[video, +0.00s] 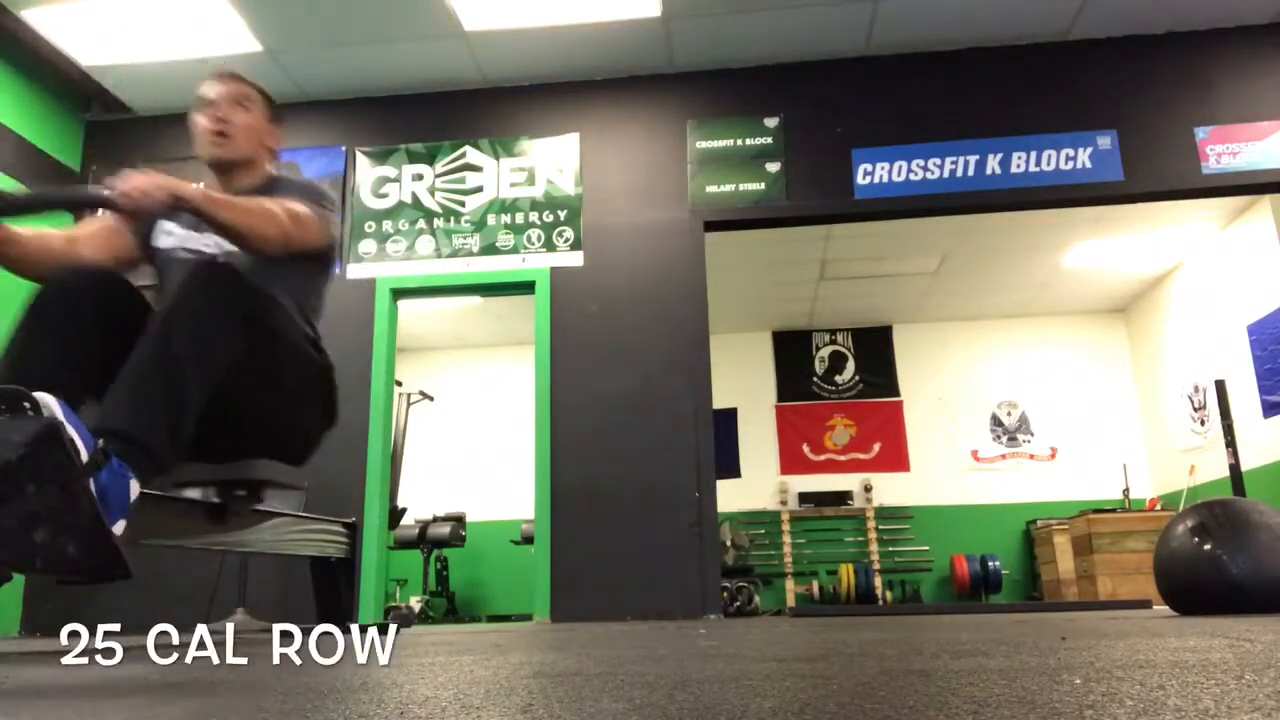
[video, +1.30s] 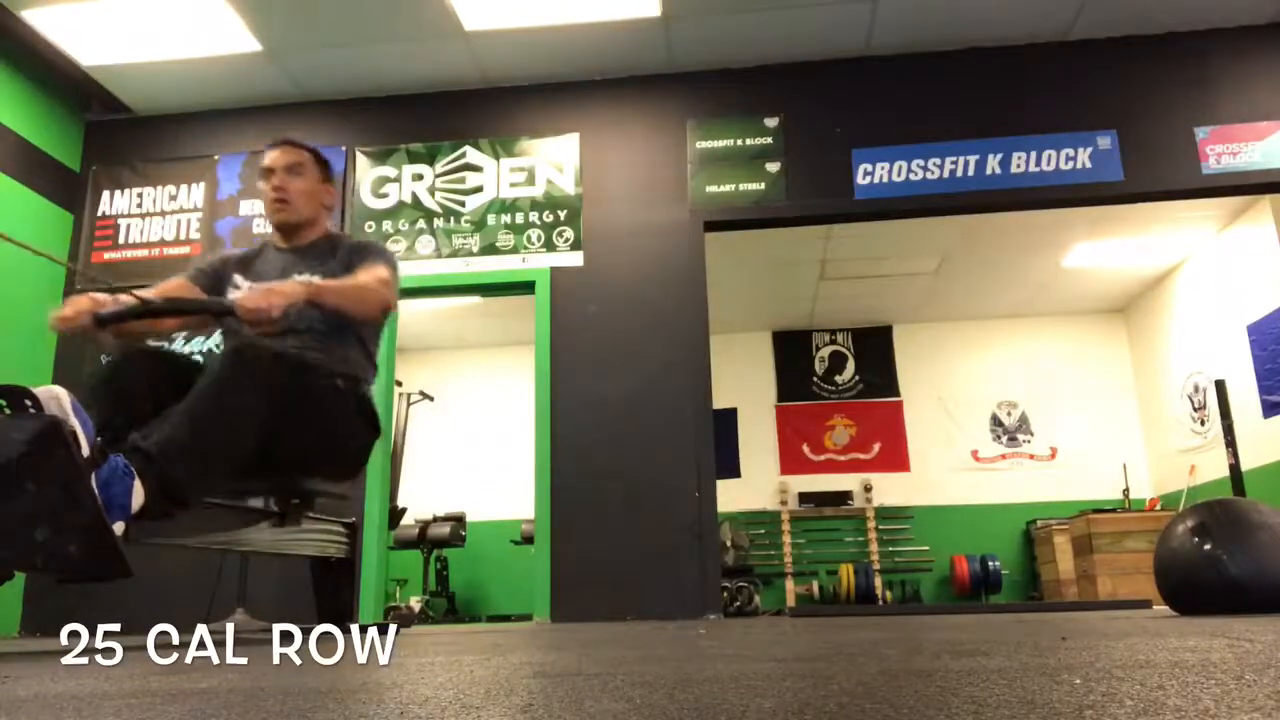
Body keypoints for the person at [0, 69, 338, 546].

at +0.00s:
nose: (217, 115)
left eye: (240, 106)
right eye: (205, 107)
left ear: (273, 137)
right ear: (191, 133)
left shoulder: (308, 199)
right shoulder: (169, 207)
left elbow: (280, 233)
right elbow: (79, 247)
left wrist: (183, 194)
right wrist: (4, 239)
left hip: (282, 402)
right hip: (182, 396)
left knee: (216, 286)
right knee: (86, 288)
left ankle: (116, 474)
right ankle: (14, 446)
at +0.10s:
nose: (258, 141)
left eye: (277, 133)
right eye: (246, 133)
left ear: (306, 163)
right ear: (232, 154)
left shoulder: (332, 223)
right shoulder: (211, 231)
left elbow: (323, 258)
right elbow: (128, 269)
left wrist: (237, 229)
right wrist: (46, 262)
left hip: (305, 413)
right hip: (209, 409)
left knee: (245, 320)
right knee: (114, 317)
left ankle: (118, 474)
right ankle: (24, 443)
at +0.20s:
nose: (289, 171)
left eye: (308, 163)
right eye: (280, 163)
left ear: (337, 189)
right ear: (270, 184)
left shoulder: (358, 249)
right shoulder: (249, 257)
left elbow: (356, 287)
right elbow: (167, 296)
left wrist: (271, 260)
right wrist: (98, 285)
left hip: (328, 413)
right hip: (235, 407)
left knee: (257, 359)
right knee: (135, 359)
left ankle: (118, 487)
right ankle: (42, 455)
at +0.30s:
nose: (315, 206)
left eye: (331, 197)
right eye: (307, 198)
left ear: (359, 216)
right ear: (297, 212)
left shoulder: (381, 273)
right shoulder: (271, 280)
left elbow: (387, 318)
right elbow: (197, 323)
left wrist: (315, 291)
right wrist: (142, 311)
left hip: (336, 418)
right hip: (253, 410)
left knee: (261, 385)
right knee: (156, 387)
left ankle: (124, 487)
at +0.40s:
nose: (333, 231)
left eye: (348, 224)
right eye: (324, 224)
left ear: (374, 246)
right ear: (312, 241)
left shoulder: (394, 298)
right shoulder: (277, 302)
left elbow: (420, 355)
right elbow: (217, 370)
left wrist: (351, 329)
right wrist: (186, 342)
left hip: (340, 409)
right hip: (260, 403)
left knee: (254, 427)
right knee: (169, 422)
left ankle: (127, 489)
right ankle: (89, 477)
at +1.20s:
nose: (297, 199)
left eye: (313, 188)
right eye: (289, 191)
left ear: (344, 209)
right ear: (281, 208)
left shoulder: (375, 267)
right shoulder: (257, 279)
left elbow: (394, 308)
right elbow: (185, 317)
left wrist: (321, 305)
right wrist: (129, 324)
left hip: (342, 411)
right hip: (257, 405)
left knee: (249, 394)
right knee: (159, 394)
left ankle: (126, 492)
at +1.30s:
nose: (276, 184)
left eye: (294, 173)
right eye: (267, 176)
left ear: (328, 192)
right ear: (259, 192)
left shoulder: (361, 255)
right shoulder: (236, 266)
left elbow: (379, 299)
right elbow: (161, 304)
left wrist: (302, 289)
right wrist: (105, 309)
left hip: (335, 417)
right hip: (241, 413)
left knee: (248, 364)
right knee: (143, 365)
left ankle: (130, 484)